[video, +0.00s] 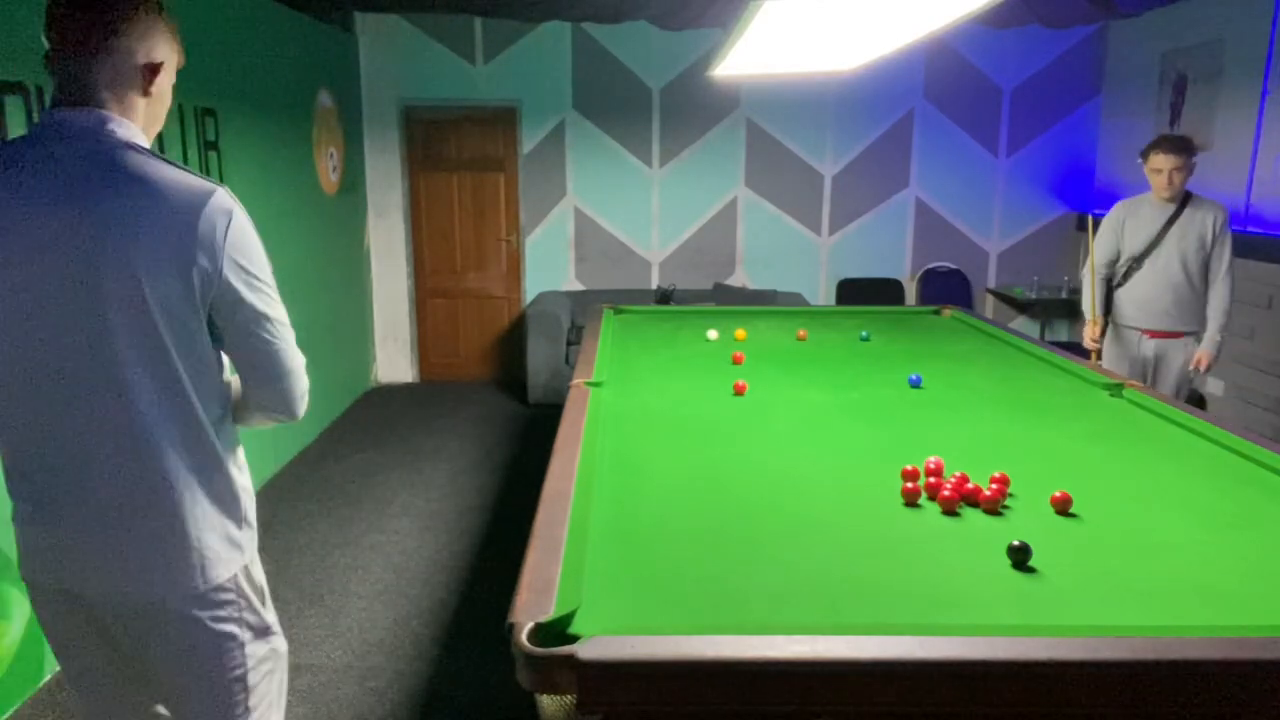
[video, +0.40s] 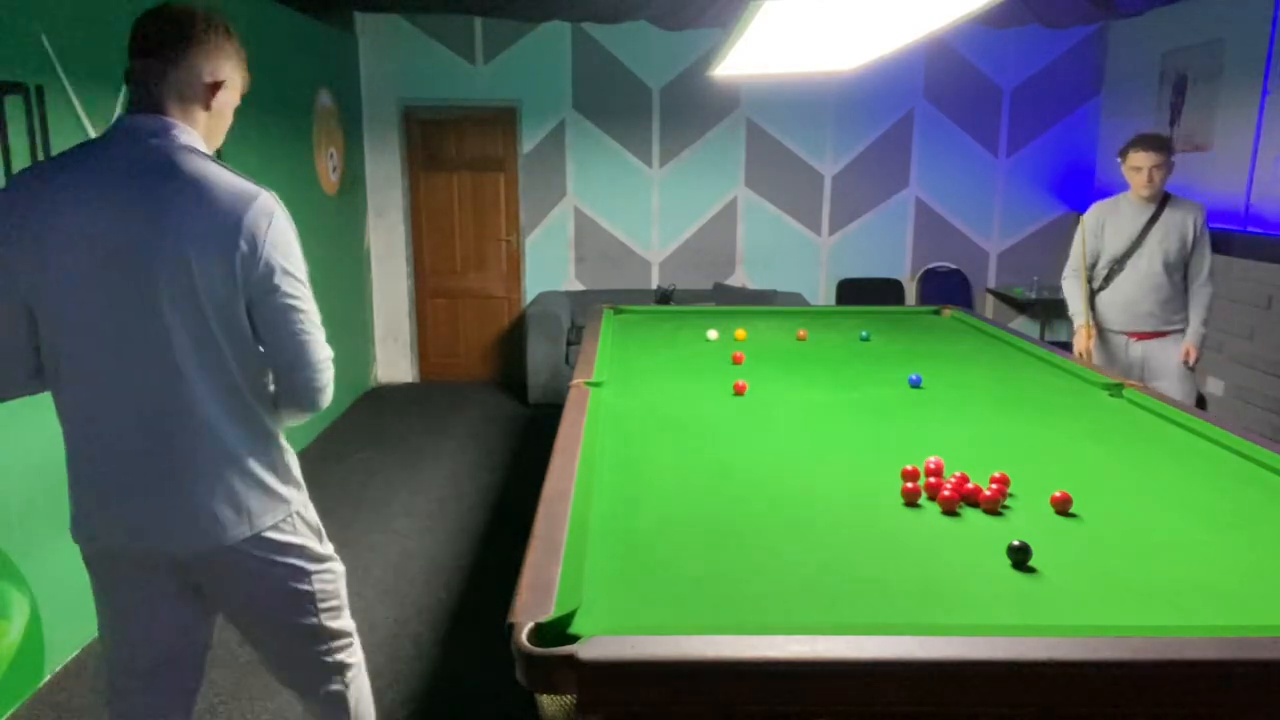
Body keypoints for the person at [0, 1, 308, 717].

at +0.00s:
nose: (170, 99)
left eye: (171, 79)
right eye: (172, 79)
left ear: (55, 71)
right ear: (154, 76)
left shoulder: (4, 182)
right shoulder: (198, 208)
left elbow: (14, 367)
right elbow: (283, 394)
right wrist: (204, 398)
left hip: (55, 563)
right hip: (190, 568)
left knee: (109, 711)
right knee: (237, 708)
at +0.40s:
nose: (232, 117)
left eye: (236, 100)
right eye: (235, 99)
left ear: (136, 80)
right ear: (215, 92)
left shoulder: (28, 199)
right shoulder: (246, 209)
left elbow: (8, 371)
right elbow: (310, 384)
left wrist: (86, 350)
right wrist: (256, 395)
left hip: (115, 521)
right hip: (247, 514)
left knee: (144, 707)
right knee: (337, 686)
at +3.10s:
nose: (500, 138)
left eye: (499, 130)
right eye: (500, 130)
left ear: (451, 119)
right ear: (491, 128)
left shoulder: (400, 170)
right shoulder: (507, 188)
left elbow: (392, 248)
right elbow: (527, 282)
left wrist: (432, 278)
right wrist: (492, 308)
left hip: (416, 339)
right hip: (481, 344)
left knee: (416, 457)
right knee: (482, 466)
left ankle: (390, 593)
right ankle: (481, 594)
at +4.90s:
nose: (534, 141)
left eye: (531, 134)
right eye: (535, 136)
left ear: (502, 131)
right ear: (532, 136)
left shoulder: (467, 167)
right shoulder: (542, 183)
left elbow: (438, 218)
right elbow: (558, 252)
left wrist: (462, 270)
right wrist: (531, 268)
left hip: (479, 290)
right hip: (523, 292)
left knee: (474, 376)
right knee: (521, 381)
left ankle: (468, 470)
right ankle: (516, 475)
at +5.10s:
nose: (541, 143)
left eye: (538, 137)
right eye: (543, 139)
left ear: (511, 132)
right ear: (540, 138)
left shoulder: (477, 167)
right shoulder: (550, 182)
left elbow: (445, 214)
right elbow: (558, 248)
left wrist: (471, 264)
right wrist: (528, 256)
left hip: (489, 281)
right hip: (531, 284)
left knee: (487, 370)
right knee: (525, 376)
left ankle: (478, 460)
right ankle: (515, 474)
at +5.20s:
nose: (541, 143)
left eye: (539, 137)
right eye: (543, 139)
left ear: (512, 133)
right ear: (540, 138)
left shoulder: (479, 168)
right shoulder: (551, 182)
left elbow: (445, 211)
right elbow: (561, 246)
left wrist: (466, 261)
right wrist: (531, 259)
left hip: (490, 278)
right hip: (532, 282)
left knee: (489, 359)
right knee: (526, 372)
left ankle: (490, 446)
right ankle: (516, 470)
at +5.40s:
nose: (548, 152)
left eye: (548, 145)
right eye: (546, 145)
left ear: (517, 140)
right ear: (534, 143)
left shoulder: (480, 174)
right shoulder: (548, 183)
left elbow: (451, 223)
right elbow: (565, 244)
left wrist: (465, 265)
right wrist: (537, 261)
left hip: (493, 286)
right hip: (531, 289)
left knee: (501, 365)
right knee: (526, 373)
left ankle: (501, 443)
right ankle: (515, 469)